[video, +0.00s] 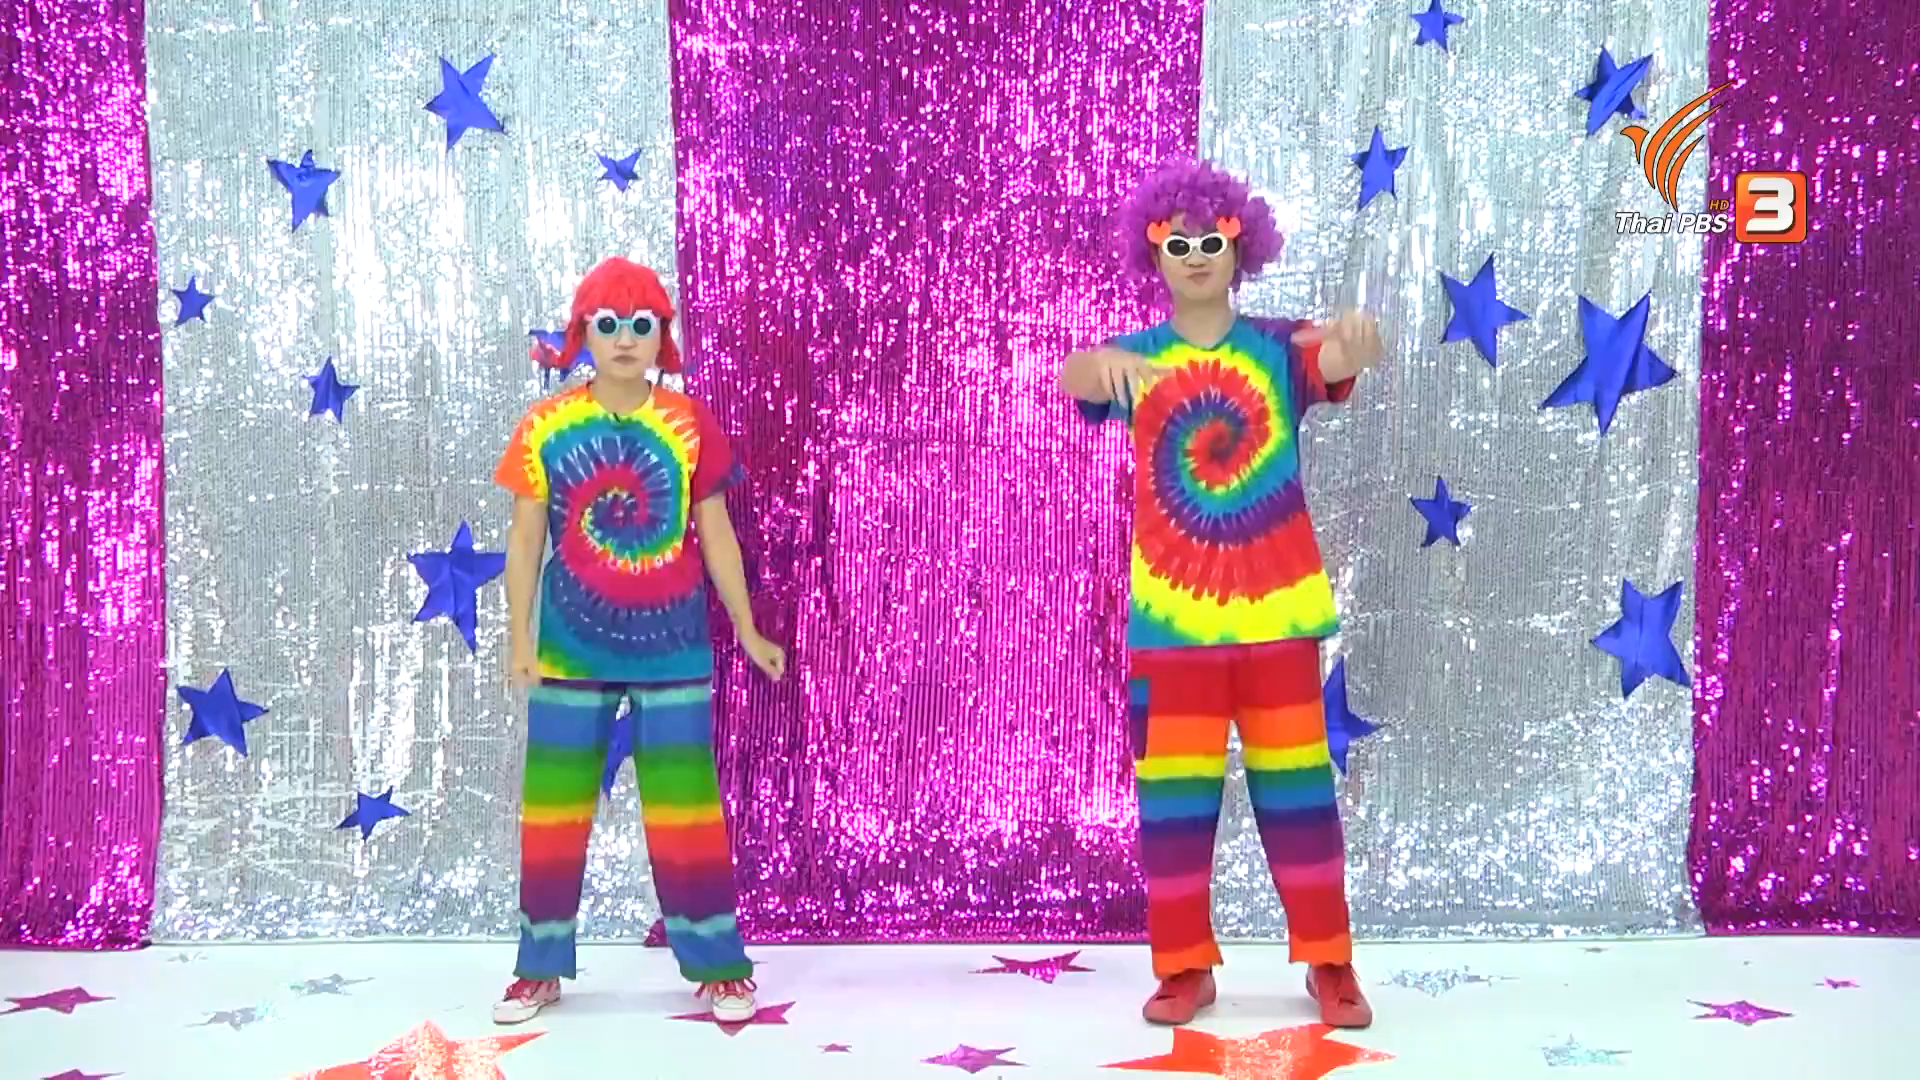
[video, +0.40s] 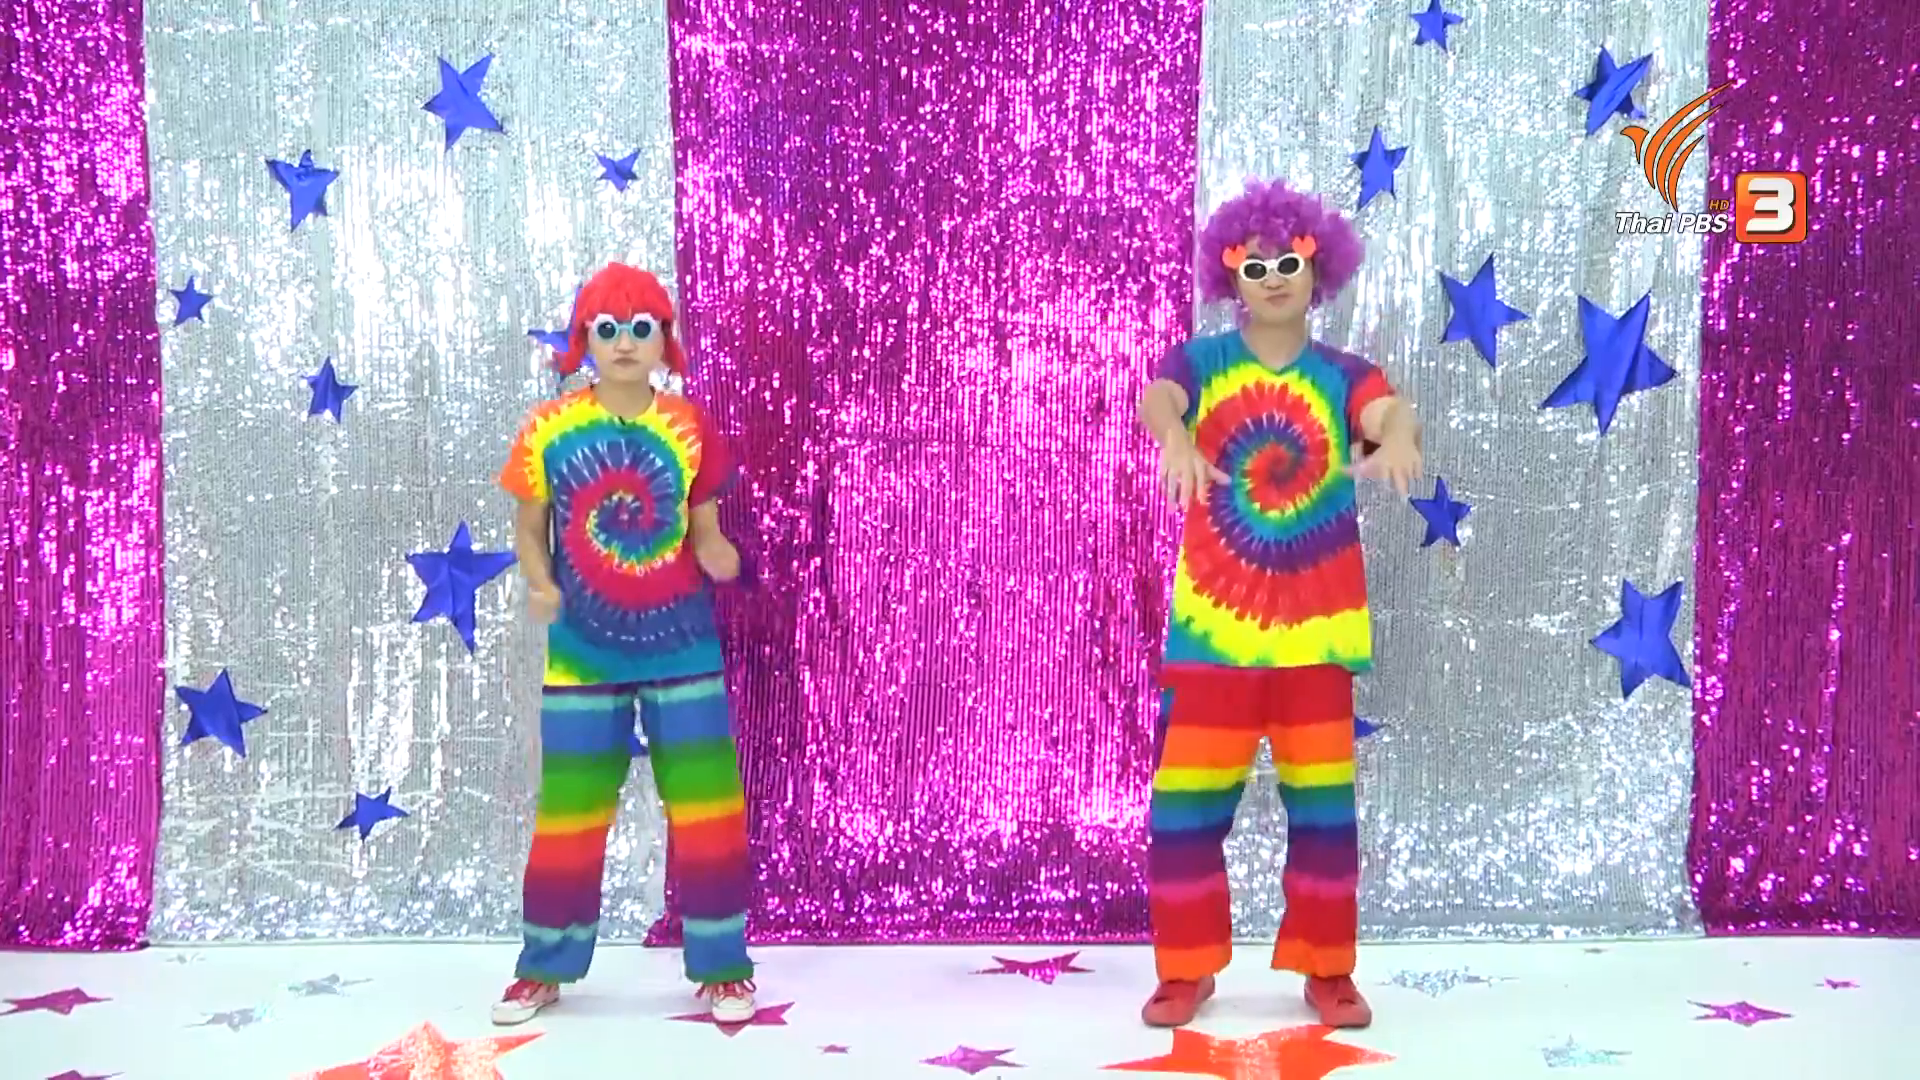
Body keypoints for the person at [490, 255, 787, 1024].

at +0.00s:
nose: (624, 338)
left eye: (640, 324)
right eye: (608, 324)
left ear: (662, 338)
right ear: (585, 336)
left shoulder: (690, 423)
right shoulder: (548, 426)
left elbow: (717, 534)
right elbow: (526, 538)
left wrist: (747, 629)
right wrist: (520, 640)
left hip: (673, 650)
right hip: (572, 650)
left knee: (689, 810)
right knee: (551, 813)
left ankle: (720, 968)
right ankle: (539, 968)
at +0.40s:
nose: (624, 342)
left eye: (641, 328)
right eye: (607, 329)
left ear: (664, 343)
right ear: (585, 343)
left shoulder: (687, 425)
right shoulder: (550, 427)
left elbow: (702, 507)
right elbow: (529, 522)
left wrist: (714, 542)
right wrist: (539, 578)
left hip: (682, 643)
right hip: (583, 647)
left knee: (707, 803)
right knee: (567, 805)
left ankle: (722, 968)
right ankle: (545, 964)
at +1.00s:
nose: (613, 337)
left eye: (631, 321)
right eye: (594, 322)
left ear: (654, 339)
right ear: (567, 336)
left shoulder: (674, 425)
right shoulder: (529, 425)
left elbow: (699, 543)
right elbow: (509, 543)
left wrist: (743, 461)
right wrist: (551, 463)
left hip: (675, 663)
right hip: (568, 666)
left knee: (687, 836)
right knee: (541, 837)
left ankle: (708, 1012)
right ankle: (512, 1013)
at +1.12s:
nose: (611, 350)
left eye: (628, 334)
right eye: (592, 336)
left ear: (654, 349)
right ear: (567, 353)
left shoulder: (677, 442)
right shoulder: (528, 436)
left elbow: (694, 567)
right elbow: (500, 556)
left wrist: (735, 477)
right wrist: (545, 474)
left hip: (679, 680)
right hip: (571, 687)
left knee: (697, 856)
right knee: (545, 859)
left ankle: (710, 1028)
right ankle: (509, 1030)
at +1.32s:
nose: (581, 335)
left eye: (598, 317)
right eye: (560, 320)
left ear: (626, 333)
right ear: (536, 337)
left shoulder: (670, 429)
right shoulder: (504, 435)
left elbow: (698, 557)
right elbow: (485, 561)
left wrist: (686, 553)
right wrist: (441, 590)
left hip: (648, 680)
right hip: (534, 683)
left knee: (680, 866)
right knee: (517, 869)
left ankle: (703, 1054)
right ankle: (495, 1054)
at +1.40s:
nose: (566, 335)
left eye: (583, 318)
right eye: (546, 321)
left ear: (616, 333)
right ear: (525, 341)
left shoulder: (659, 427)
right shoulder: (500, 438)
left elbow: (718, 544)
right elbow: (478, 556)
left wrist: (652, 526)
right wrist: (422, 546)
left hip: (635, 690)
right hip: (520, 689)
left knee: (668, 883)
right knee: (501, 886)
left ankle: (697, 1065)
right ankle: (491, 1065)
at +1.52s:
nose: (543, 351)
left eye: (561, 331)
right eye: (523, 336)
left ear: (595, 340)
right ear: (504, 353)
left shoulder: (644, 430)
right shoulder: (484, 452)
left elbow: (719, 526)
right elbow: (452, 578)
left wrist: (622, 460)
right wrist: (405, 489)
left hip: (612, 708)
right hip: (492, 708)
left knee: (642, 916)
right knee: (477, 917)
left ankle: (677, 1071)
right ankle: (477, 1072)